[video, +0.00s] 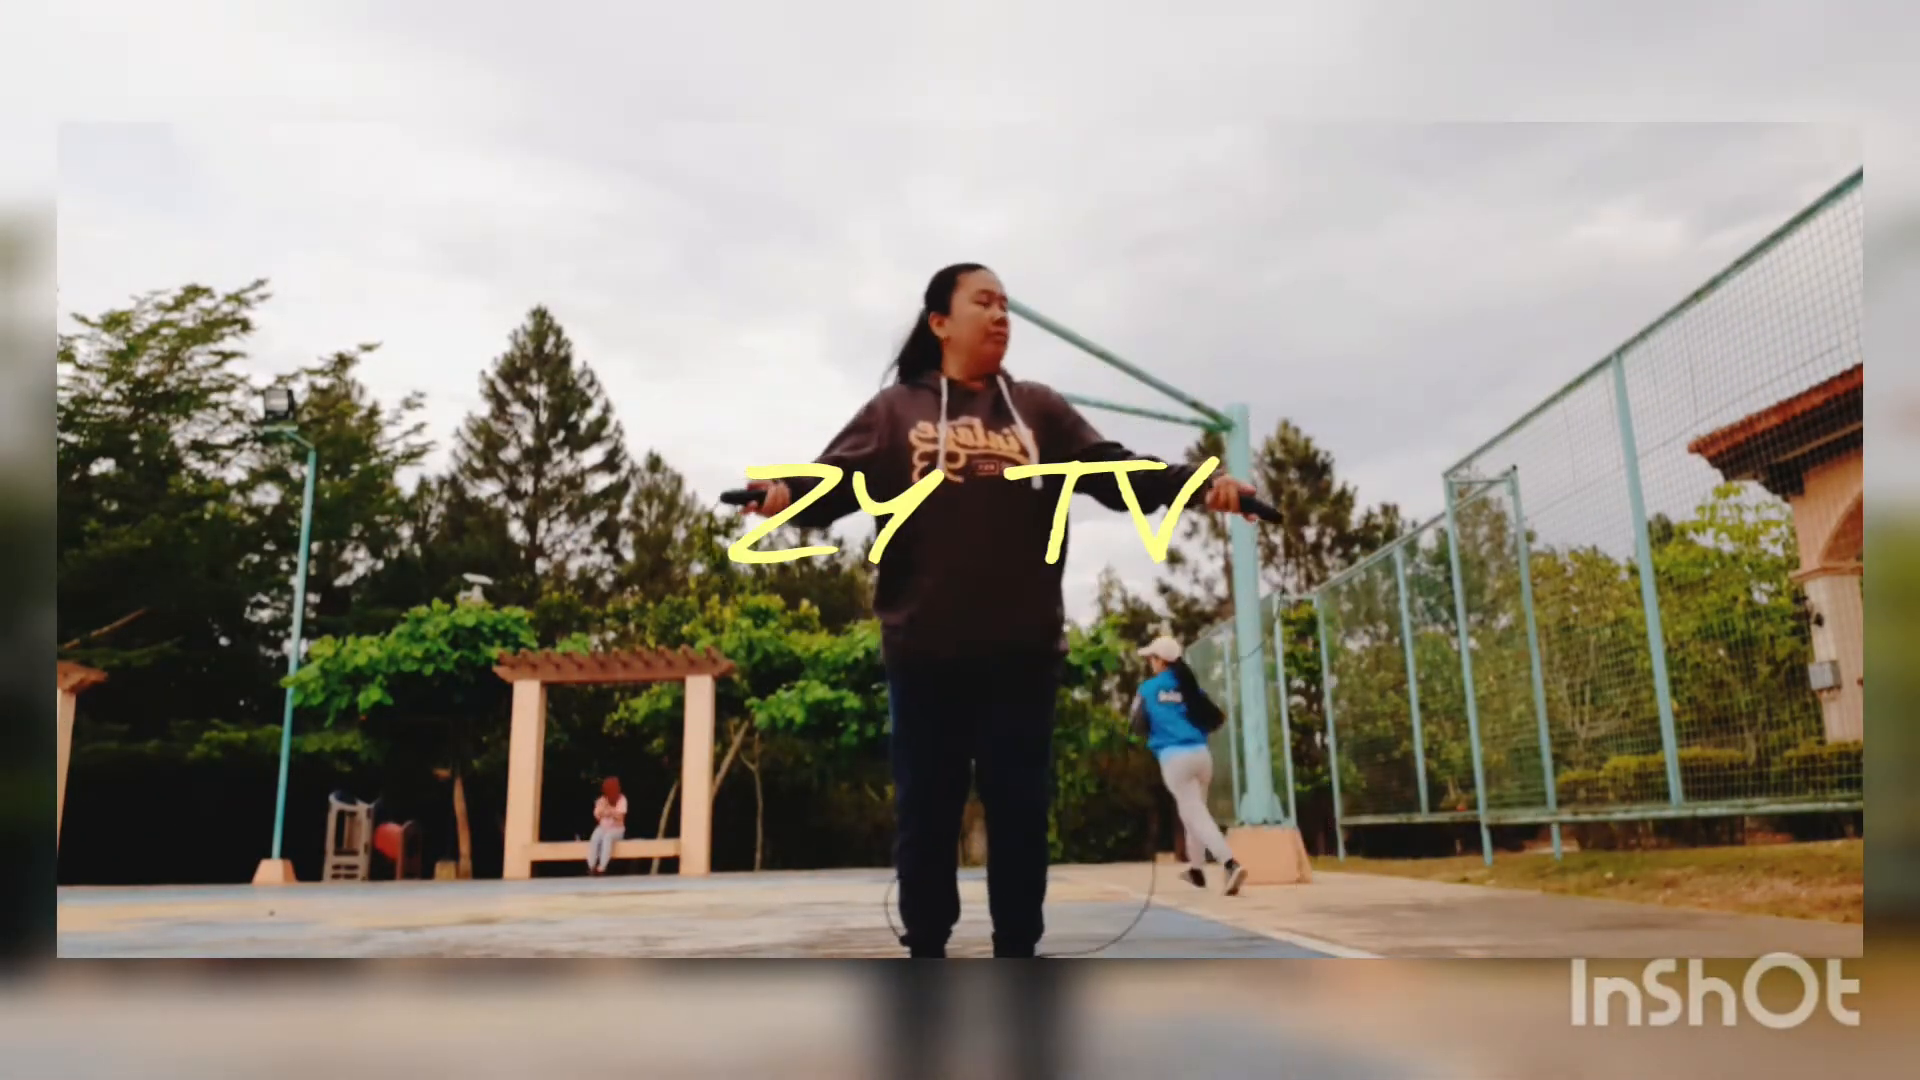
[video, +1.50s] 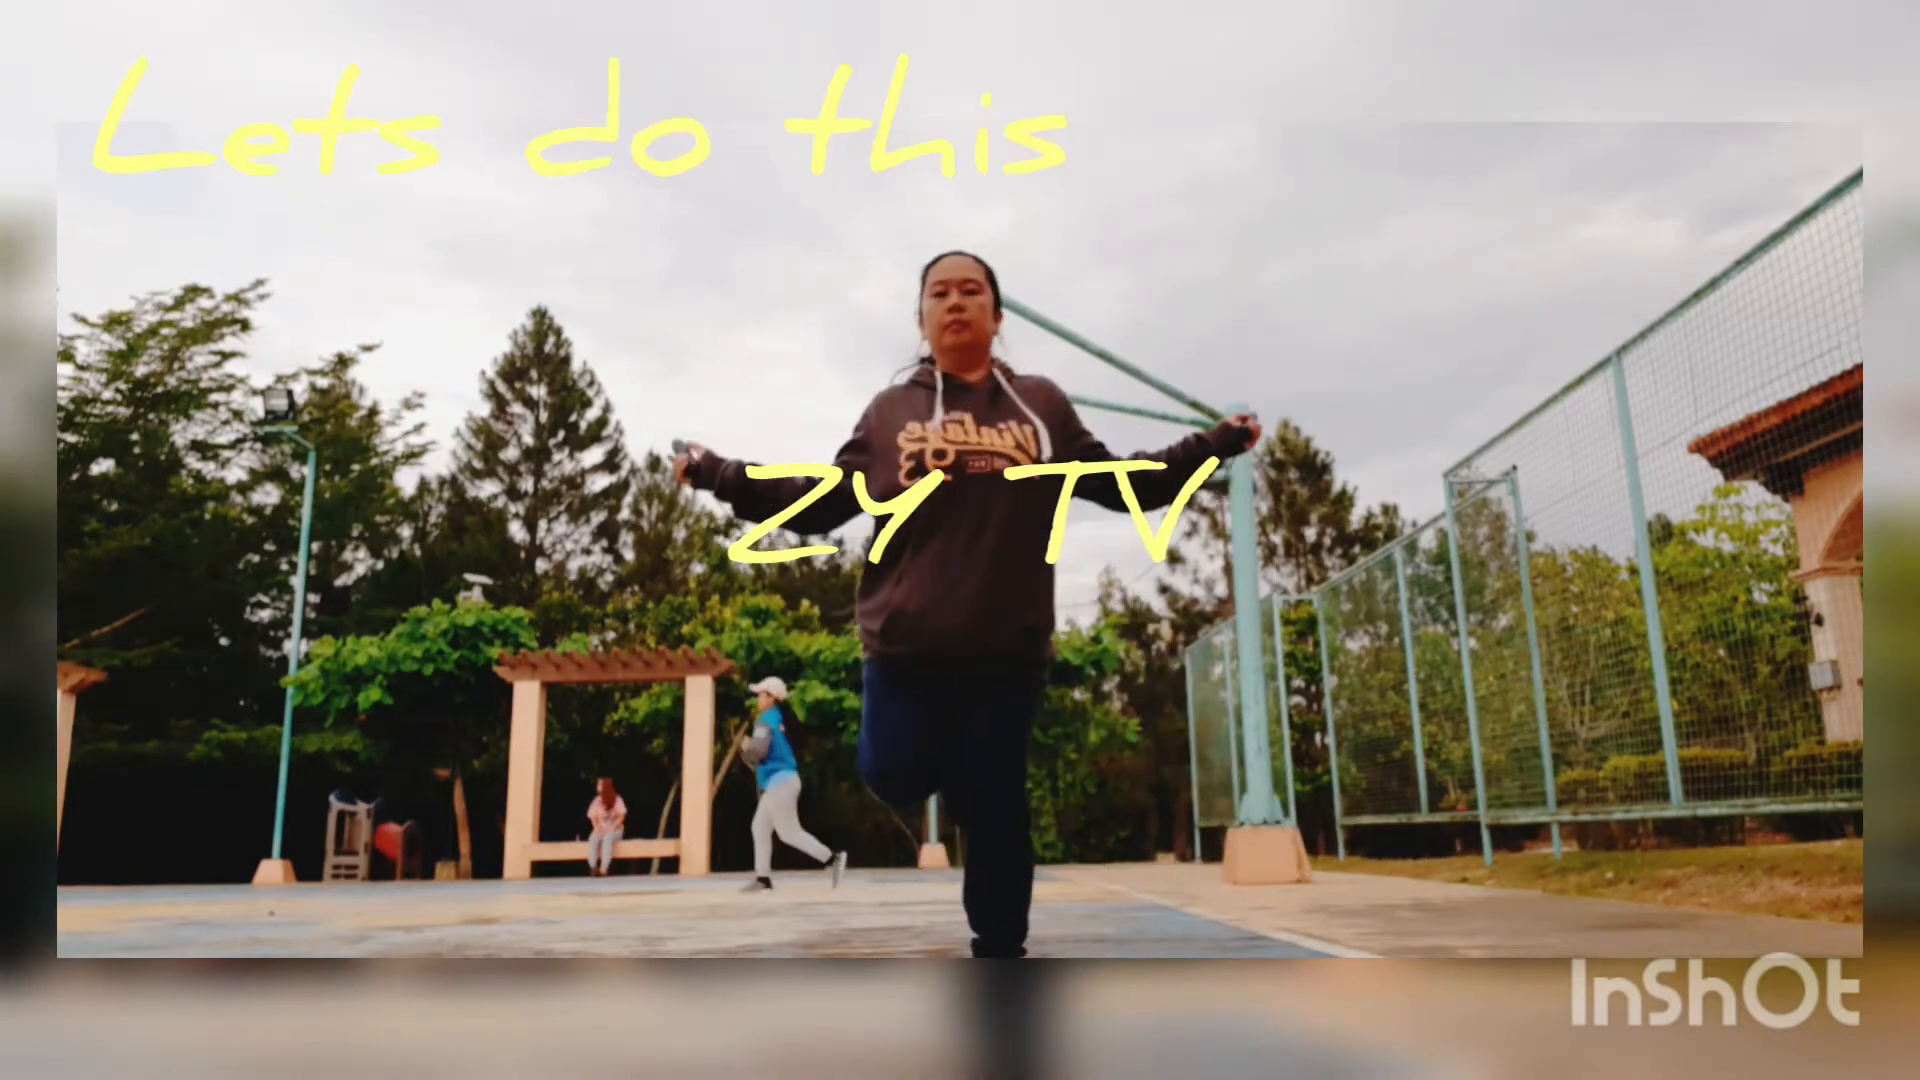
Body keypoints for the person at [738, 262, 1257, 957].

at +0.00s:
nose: (1003, 316)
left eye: (1005, 305)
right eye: (985, 303)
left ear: (1006, 324)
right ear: (939, 321)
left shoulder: (1039, 408)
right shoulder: (895, 410)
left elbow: (1112, 470)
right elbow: (834, 480)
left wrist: (1198, 483)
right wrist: (787, 491)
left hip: (1022, 641)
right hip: (926, 644)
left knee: (1021, 806)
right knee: (926, 804)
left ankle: (1018, 952)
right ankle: (925, 950)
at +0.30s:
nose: (987, 321)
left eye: (1000, 311)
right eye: (972, 311)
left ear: (1020, 328)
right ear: (946, 330)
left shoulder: (1056, 415)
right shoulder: (915, 407)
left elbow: (1129, 452)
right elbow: (855, 448)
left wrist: (1197, 420)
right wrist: (822, 414)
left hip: (1035, 645)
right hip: (942, 645)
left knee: (1028, 809)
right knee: (937, 805)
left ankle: (1019, 951)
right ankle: (928, 951)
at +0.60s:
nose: (986, 327)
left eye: (999, 315)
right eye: (971, 315)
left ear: (1020, 331)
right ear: (947, 333)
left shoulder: (1061, 417)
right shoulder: (914, 413)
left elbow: (1147, 452)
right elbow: (845, 448)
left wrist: (1197, 397)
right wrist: (800, 395)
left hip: (1039, 646)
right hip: (943, 646)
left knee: (1032, 809)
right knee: (940, 800)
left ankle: (1019, 952)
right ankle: (932, 947)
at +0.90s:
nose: (965, 332)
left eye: (978, 320)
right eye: (951, 320)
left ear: (1001, 336)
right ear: (930, 335)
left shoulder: (1041, 425)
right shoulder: (896, 426)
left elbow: (1103, 495)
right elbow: (837, 505)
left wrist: (1177, 496)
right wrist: (782, 507)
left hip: (1026, 646)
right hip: (929, 648)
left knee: (1030, 797)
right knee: (936, 799)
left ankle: (1018, 944)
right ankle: (940, 944)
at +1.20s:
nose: (949, 304)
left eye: (963, 293)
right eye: (934, 293)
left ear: (985, 315)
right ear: (913, 313)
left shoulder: (1023, 402)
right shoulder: (878, 405)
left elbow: (1068, 505)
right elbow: (833, 514)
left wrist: (1120, 589)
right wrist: (788, 605)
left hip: (1015, 602)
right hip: (922, 614)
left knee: (1017, 689)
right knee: (935, 770)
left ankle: (981, 877)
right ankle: (944, 924)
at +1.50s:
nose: (956, 304)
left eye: (972, 293)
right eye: (941, 295)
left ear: (997, 319)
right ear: (922, 320)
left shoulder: (1040, 403)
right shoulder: (892, 408)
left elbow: (1118, 482)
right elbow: (827, 497)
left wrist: (1210, 448)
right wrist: (727, 478)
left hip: (1003, 642)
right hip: (905, 643)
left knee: (996, 809)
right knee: (895, 778)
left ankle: (1001, 956)